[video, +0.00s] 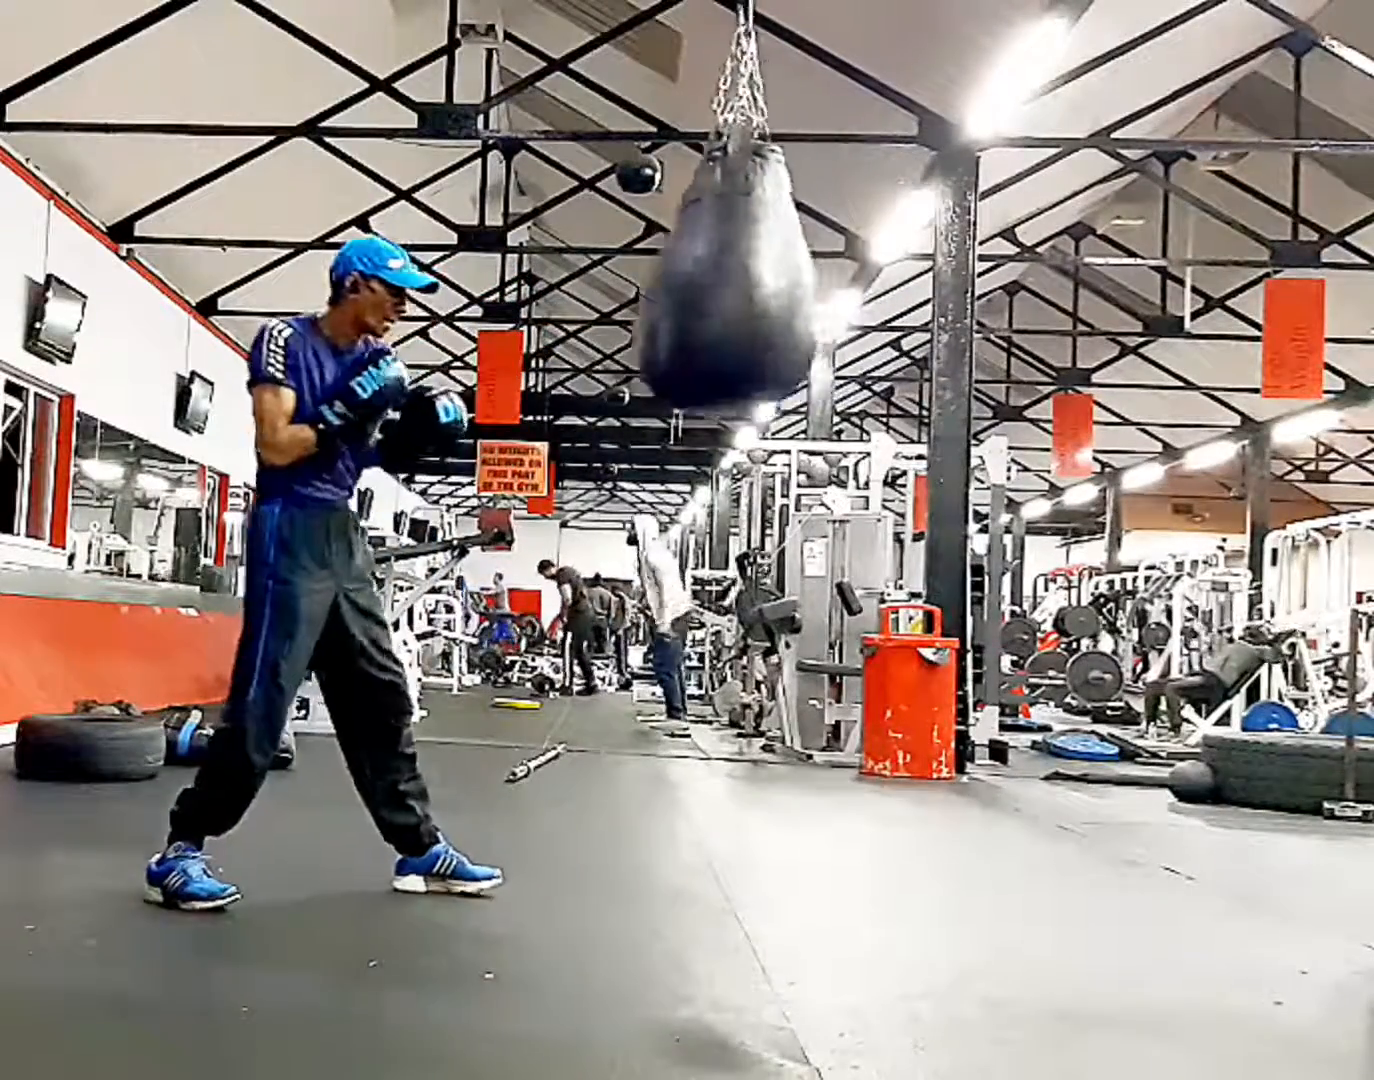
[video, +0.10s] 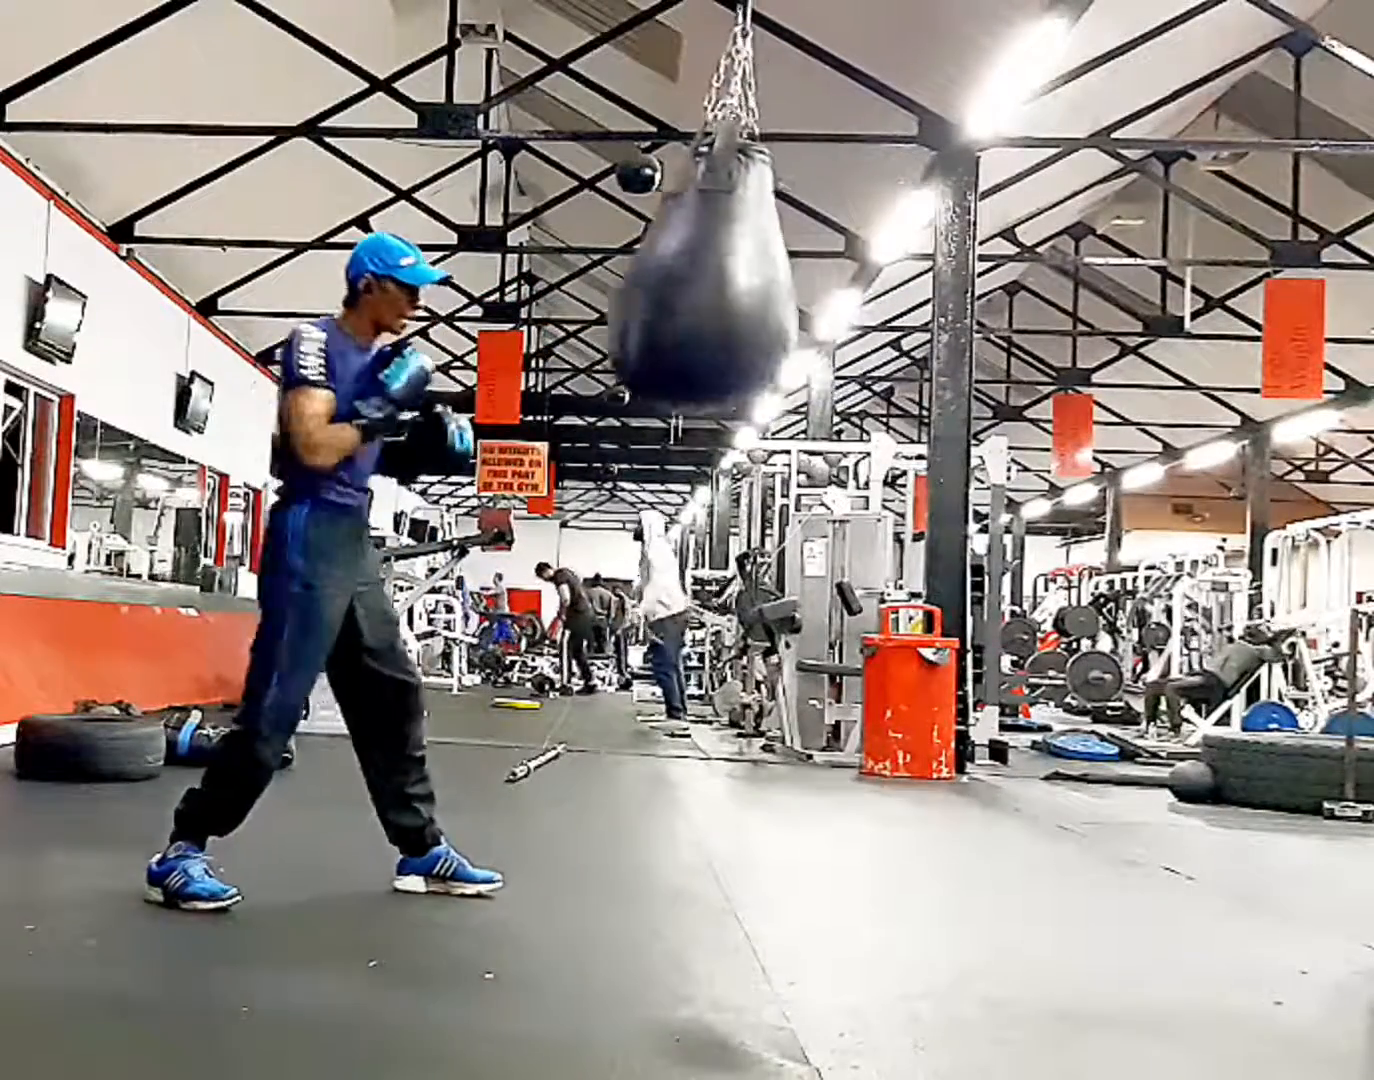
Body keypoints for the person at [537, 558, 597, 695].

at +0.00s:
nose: (545, 577)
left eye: (544, 574)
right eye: (543, 575)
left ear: (548, 569)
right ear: (552, 566)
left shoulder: (562, 575)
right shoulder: (569, 572)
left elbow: (567, 598)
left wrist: (561, 617)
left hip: (576, 614)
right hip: (585, 613)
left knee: (567, 649)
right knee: (580, 650)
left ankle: (567, 684)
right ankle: (591, 683)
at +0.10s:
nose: (544, 579)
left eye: (542, 576)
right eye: (541, 577)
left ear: (545, 571)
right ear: (550, 568)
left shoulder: (560, 577)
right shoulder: (566, 573)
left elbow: (565, 598)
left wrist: (560, 617)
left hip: (575, 616)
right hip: (584, 614)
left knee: (564, 649)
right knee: (577, 650)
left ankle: (565, 683)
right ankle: (589, 681)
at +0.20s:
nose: (542, 584)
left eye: (540, 581)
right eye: (540, 582)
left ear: (543, 576)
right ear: (548, 572)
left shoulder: (558, 581)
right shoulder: (565, 577)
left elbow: (565, 601)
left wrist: (560, 617)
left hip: (576, 617)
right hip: (586, 614)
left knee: (564, 648)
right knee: (577, 650)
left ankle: (565, 683)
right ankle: (588, 682)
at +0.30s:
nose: (541, 592)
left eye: (539, 589)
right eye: (538, 590)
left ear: (542, 583)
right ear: (544, 581)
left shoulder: (557, 587)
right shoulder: (562, 582)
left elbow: (565, 608)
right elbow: (577, 578)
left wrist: (555, 623)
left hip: (578, 620)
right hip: (586, 618)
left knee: (563, 649)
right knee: (577, 652)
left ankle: (564, 683)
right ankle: (587, 683)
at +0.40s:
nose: (539, 600)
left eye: (538, 596)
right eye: (537, 598)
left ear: (542, 591)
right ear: (542, 591)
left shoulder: (557, 593)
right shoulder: (559, 593)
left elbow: (565, 614)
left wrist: (558, 630)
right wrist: (559, 628)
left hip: (581, 623)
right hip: (587, 622)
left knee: (562, 651)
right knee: (575, 653)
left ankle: (564, 684)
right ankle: (587, 683)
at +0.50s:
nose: (542, 608)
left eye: (540, 606)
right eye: (540, 607)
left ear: (542, 601)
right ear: (545, 596)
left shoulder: (557, 601)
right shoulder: (560, 599)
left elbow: (564, 624)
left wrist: (554, 640)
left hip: (584, 627)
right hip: (590, 626)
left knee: (560, 652)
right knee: (571, 655)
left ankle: (563, 684)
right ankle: (587, 683)